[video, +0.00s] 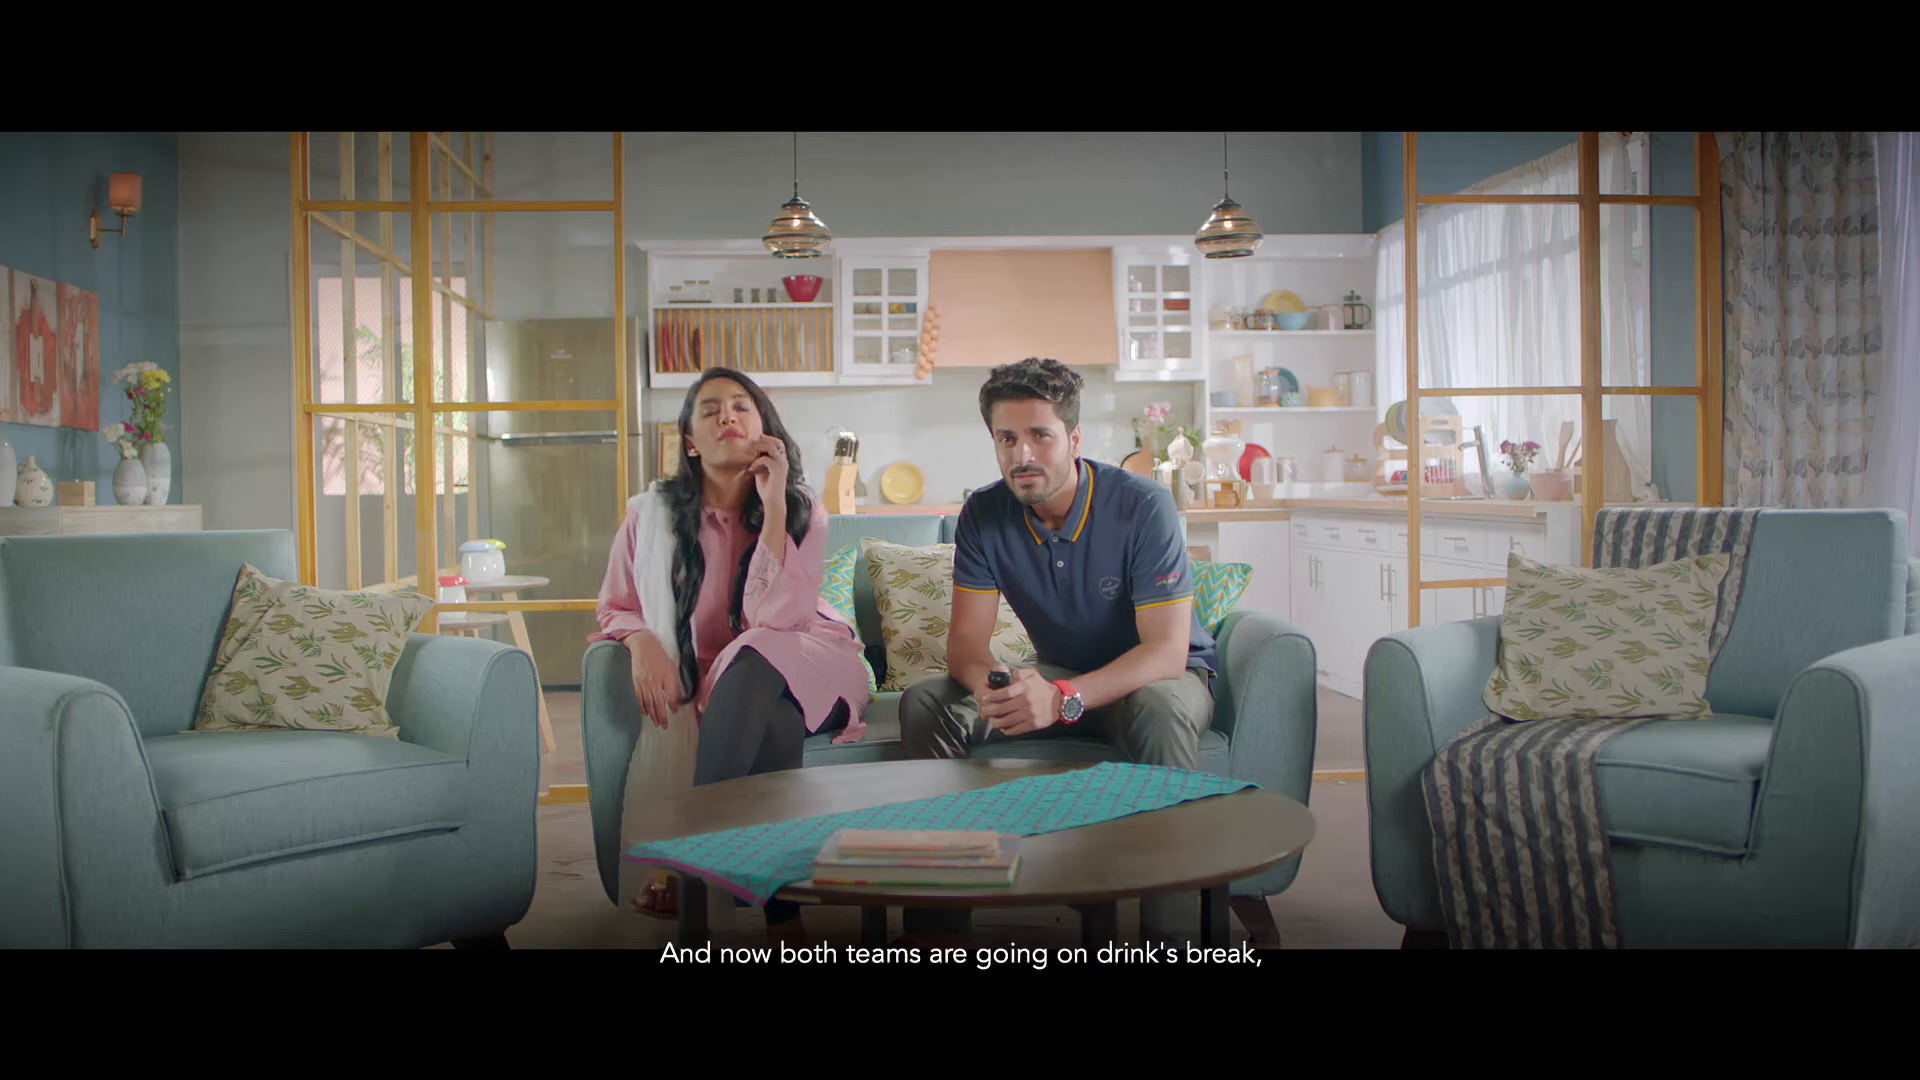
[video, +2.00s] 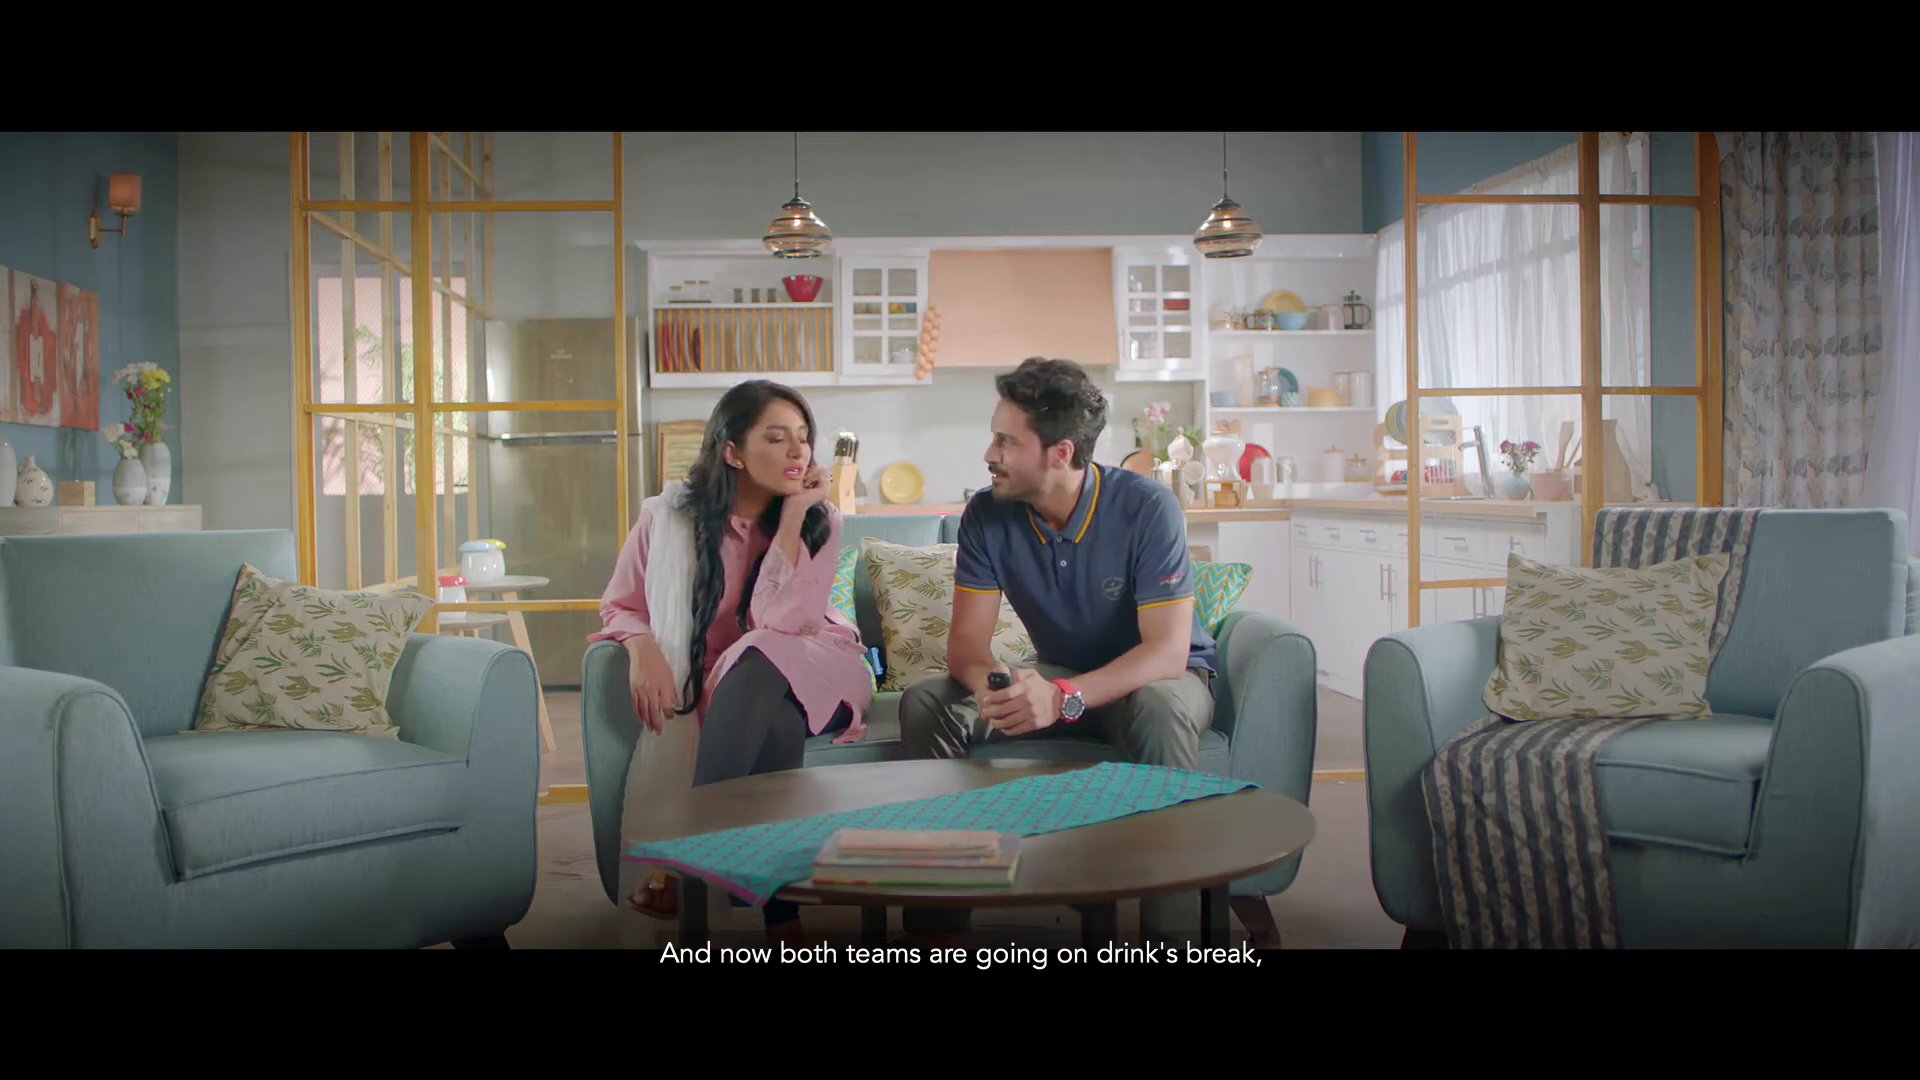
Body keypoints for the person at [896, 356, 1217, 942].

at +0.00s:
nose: (1022, 454)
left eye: (1039, 436)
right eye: (1007, 438)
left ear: (1074, 440)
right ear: (993, 443)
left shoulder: (1142, 507)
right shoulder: (984, 515)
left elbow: (1167, 655)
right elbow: (966, 647)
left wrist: (1065, 698)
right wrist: (996, 685)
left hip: (1156, 678)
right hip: (1058, 680)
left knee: (1157, 709)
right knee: (926, 702)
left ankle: (1172, 924)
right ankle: (942, 898)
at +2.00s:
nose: (990, 456)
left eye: (1006, 444)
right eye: (994, 438)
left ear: (1061, 453)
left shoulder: (1147, 509)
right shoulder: (987, 515)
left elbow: (1167, 654)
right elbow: (967, 648)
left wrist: (1064, 697)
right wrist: (996, 687)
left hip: (1156, 677)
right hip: (1059, 678)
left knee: (1157, 709)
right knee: (926, 702)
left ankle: (1174, 923)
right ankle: (943, 898)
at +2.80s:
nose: (990, 456)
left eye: (1007, 444)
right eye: (994, 439)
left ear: (1061, 454)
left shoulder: (1146, 509)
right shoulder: (986, 516)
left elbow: (1166, 654)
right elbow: (966, 646)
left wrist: (1063, 697)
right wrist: (996, 687)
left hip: (1157, 679)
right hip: (1060, 679)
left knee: (1157, 709)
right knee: (926, 704)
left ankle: (1169, 933)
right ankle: (938, 906)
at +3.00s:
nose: (1006, 456)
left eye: (1028, 446)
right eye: (1007, 436)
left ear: (1080, 456)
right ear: (1005, 426)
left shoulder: (1147, 509)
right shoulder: (986, 513)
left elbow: (1165, 654)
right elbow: (966, 658)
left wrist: (1062, 697)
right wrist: (1000, 682)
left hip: (1156, 680)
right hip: (1060, 681)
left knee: (1159, 706)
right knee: (927, 702)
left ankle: (1169, 931)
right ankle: (936, 904)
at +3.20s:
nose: (1007, 458)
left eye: (1026, 448)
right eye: (1009, 439)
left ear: (1081, 459)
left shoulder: (1148, 508)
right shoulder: (986, 512)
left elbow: (1161, 653)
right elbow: (969, 643)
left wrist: (1063, 708)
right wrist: (987, 695)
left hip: (1154, 678)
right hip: (1060, 674)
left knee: (1159, 709)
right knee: (927, 705)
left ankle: (1170, 930)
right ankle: (940, 904)